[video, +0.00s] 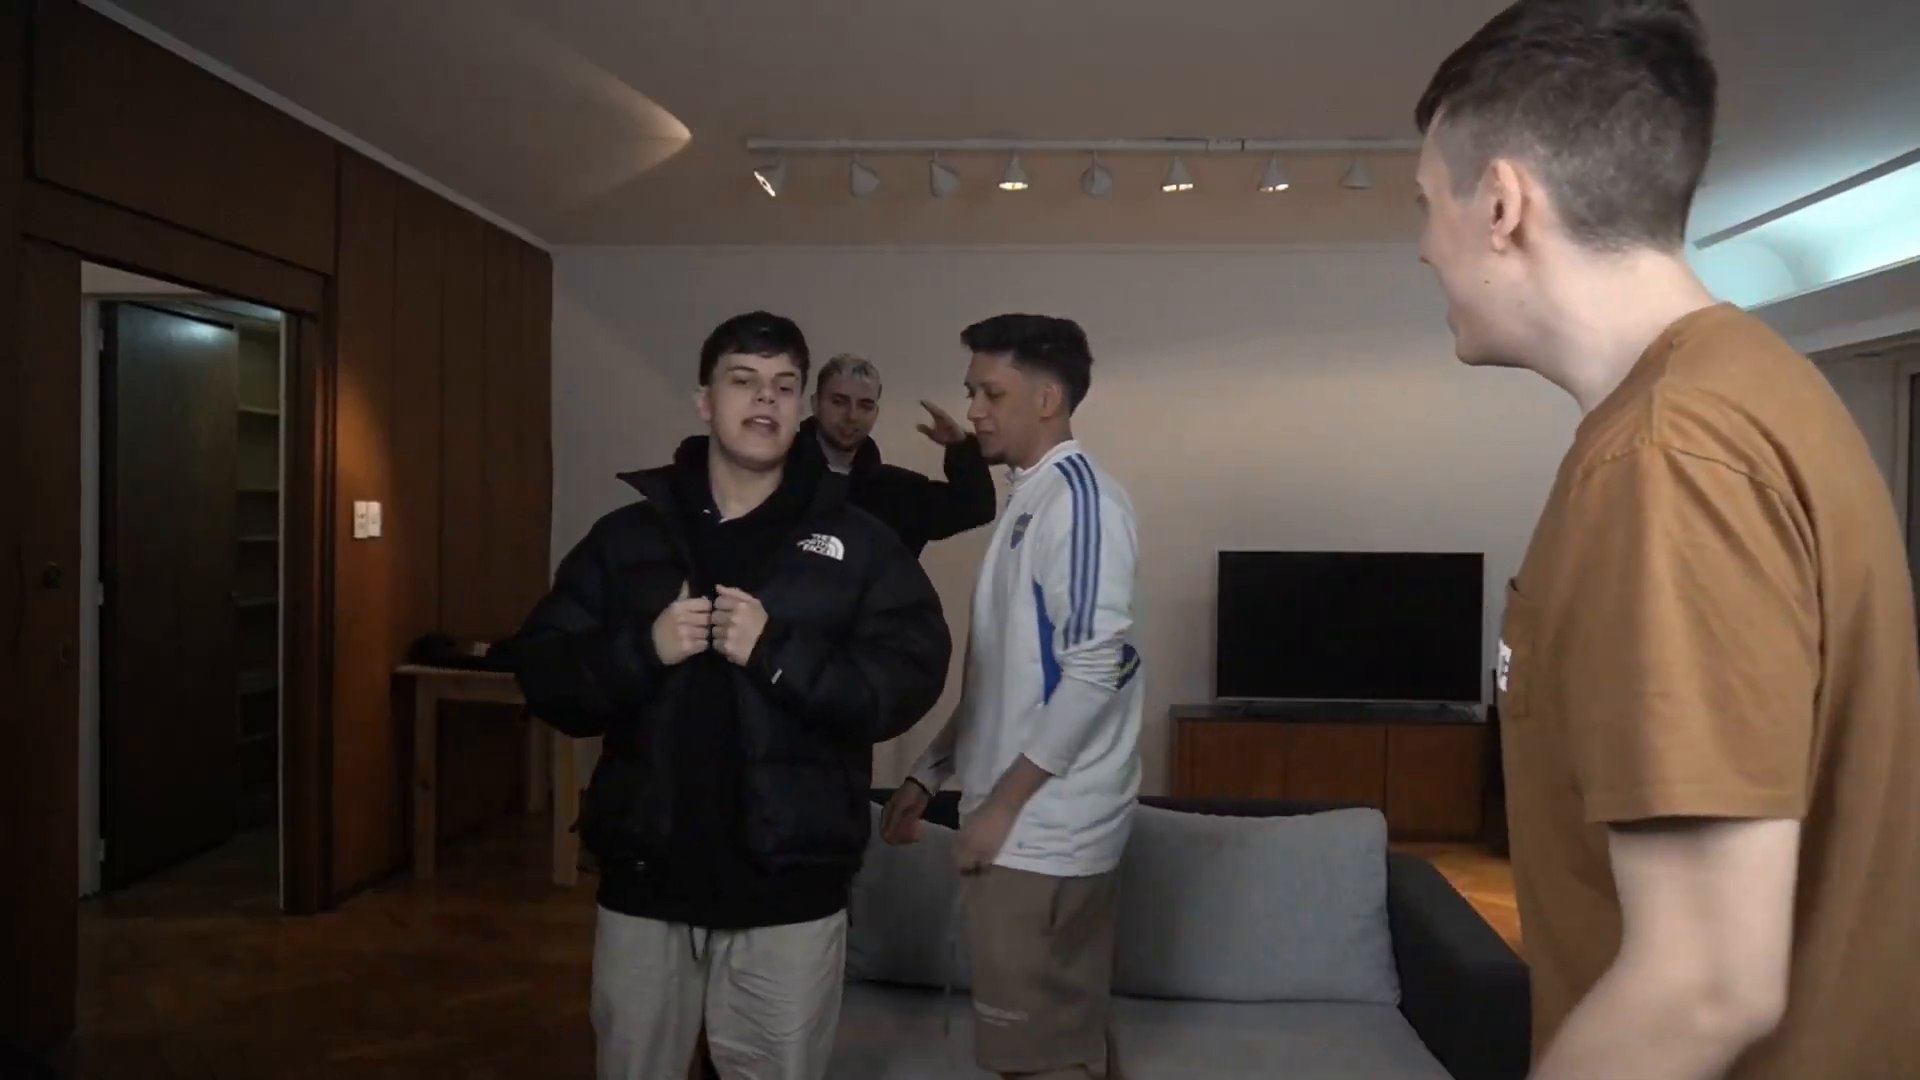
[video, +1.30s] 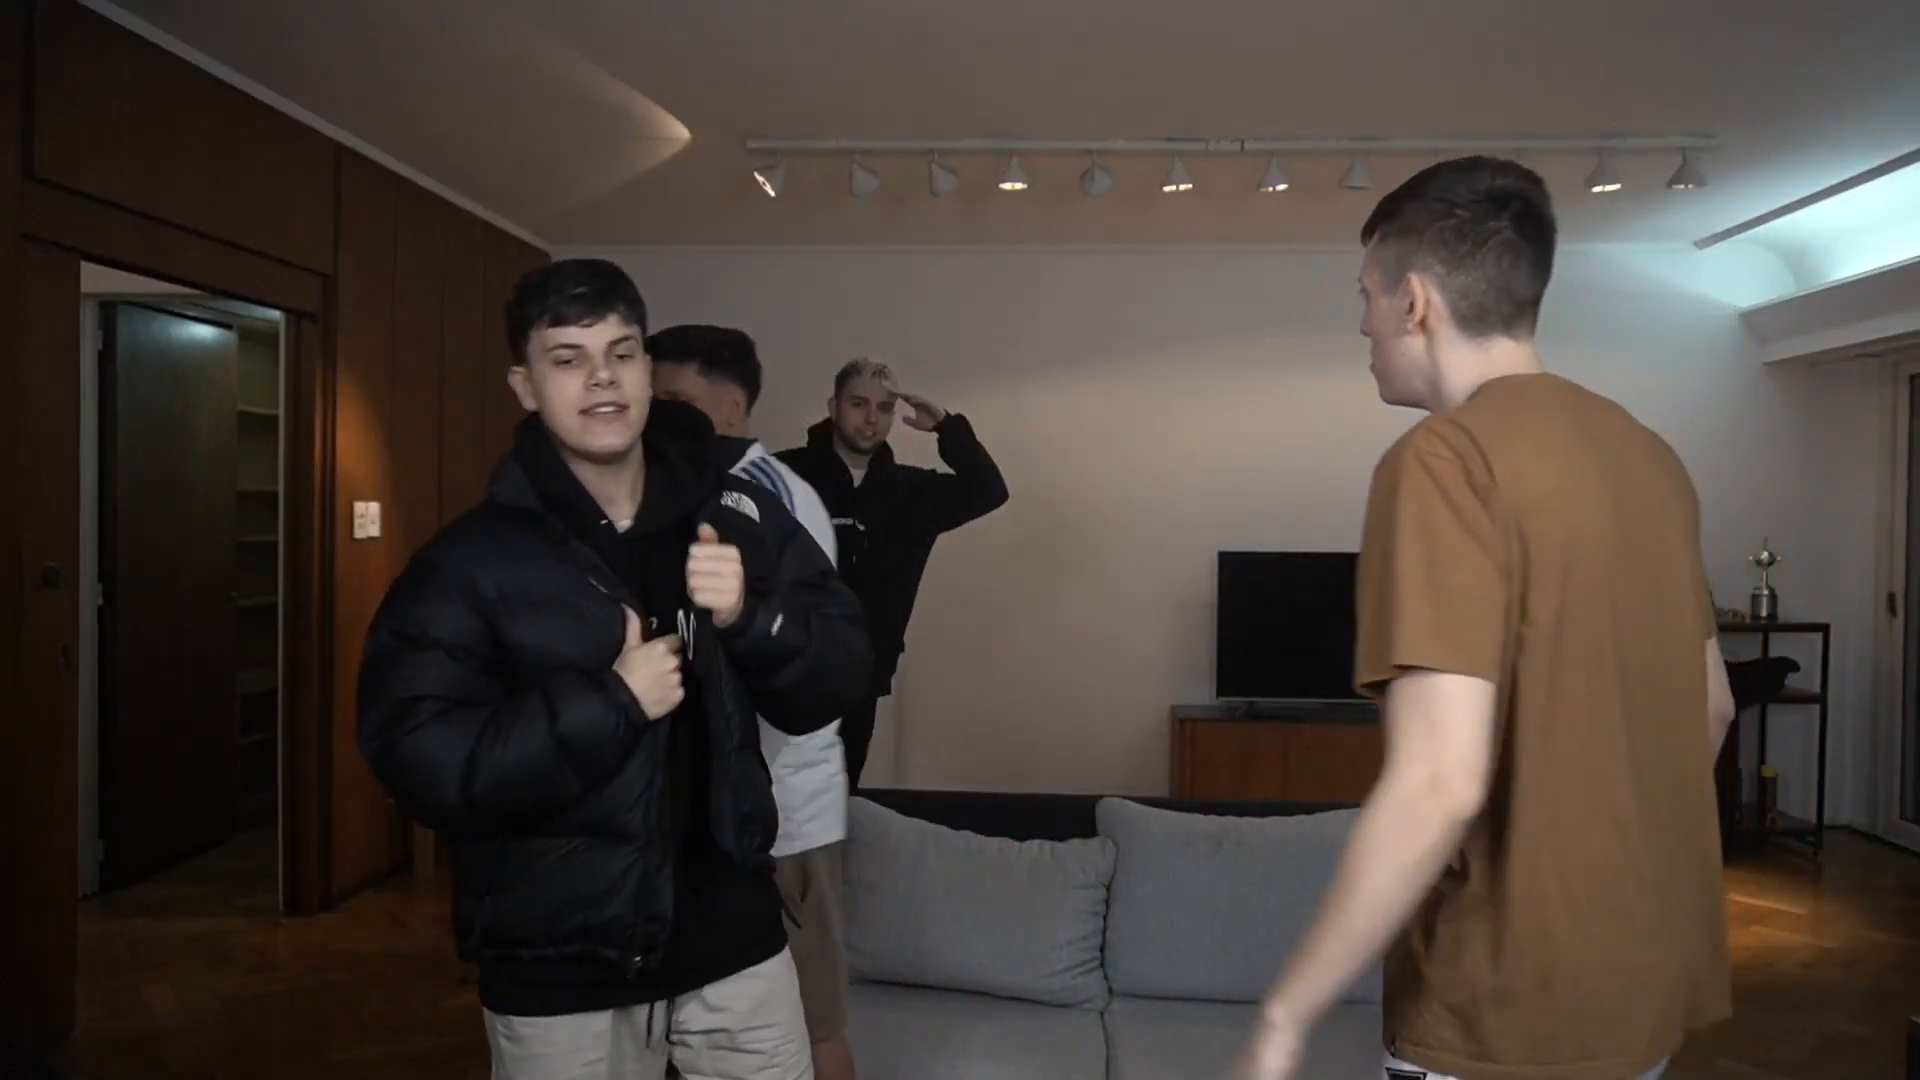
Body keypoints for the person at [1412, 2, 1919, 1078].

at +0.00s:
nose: (1427, 248)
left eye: (1427, 200)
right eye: (1421, 205)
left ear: (1504, 204)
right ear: (1654, 193)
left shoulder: (1667, 453)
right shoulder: (1766, 393)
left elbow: (1706, 984)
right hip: (1837, 1045)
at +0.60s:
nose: (1514, 303)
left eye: (1532, 268)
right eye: (1520, 270)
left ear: (1619, 274)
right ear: (1618, 276)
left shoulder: (1692, 462)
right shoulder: (1798, 439)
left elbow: (1718, 849)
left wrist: (1628, 1063)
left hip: (1726, 1052)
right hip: (1836, 1041)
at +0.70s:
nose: (1500, 305)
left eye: (1517, 272)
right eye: (1505, 275)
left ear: (1597, 280)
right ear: (1605, 280)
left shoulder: (1688, 454)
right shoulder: (1760, 432)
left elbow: (1757, 830)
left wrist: (1704, 1062)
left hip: (1681, 1047)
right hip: (1786, 1039)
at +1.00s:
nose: (1440, 324)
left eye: (1451, 293)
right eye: (1443, 295)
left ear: (1514, 299)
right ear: (1610, 301)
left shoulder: (1589, 453)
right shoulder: (1694, 445)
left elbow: (1699, 788)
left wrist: (1676, 1065)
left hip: (1585, 1043)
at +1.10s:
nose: (1418, 321)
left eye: (1426, 292)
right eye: (1420, 293)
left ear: (1484, 298)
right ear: (1584, 298)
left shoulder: (1534, 456)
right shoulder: (1692, 452)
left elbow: (1606, 786)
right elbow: (1718, 763)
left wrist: (1551, 1062)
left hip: (1554, 1045)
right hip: (1714, 1040)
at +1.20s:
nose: (1392, 321)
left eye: (1397, 292)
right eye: (1392, 293)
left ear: (1450, 298)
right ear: (1553, 296)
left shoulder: (1484, 457)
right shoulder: (1674, 454)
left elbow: (1514, 781)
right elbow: (1728, 707)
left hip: (1551, 1035)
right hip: (1691, 1014)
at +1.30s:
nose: (1366, 332)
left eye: (1369, 302)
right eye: (1364, 304)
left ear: (1418, 304)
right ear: (1522, 300)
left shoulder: (1444, 458)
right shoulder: (1648, 455)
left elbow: (1438, 777)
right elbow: (1710, 703)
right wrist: (1611, 856)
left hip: (1502, 1018)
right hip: (1656, 996)